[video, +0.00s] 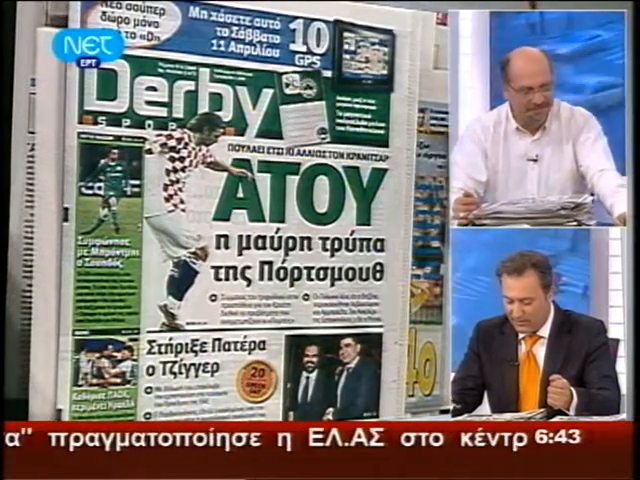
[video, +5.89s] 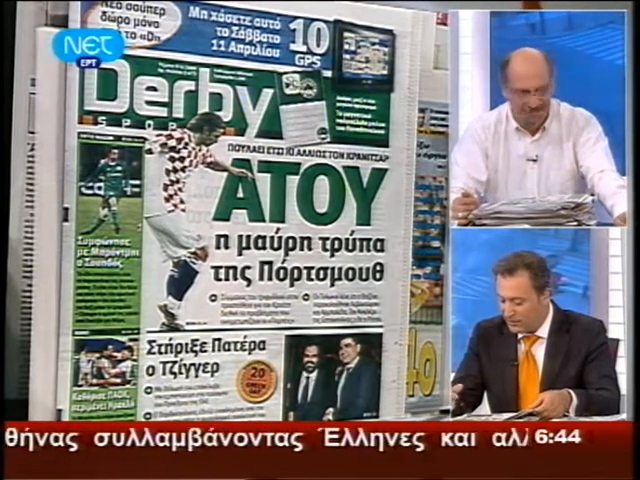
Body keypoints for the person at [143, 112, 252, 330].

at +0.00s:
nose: (215, 141)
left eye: (217, 137)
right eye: (215, 136)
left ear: (206, 132)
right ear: (205, 130)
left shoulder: (199, 149)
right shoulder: (178, 137)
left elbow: (212, 162)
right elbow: (149, 146)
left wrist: (231, 170)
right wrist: (154, 148)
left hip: (166, 209)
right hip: (161, 207)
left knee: (181, 260)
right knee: (200, 251)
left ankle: (171, 317)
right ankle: (172, 304)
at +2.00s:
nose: (216, 141)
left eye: (218, 137)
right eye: (216, 136)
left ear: (206, 132)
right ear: (206, 130)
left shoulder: (199, 149)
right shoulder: (179, 137)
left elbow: (212, 162)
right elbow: (151, 145)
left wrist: (231, 170)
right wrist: (153, 147)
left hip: (165, 208)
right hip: (161, 207)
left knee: (181, 260)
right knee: (200, 251)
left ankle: (171, 317)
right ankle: (172, 304)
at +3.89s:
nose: (215, 141)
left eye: (217, 137)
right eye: (215, 136)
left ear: (207, 132)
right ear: (205, 130)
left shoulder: (199, 150)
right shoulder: (179, 137)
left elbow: (212, 162)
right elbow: (149, 145)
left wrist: (232, 170)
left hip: (165, 209)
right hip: (161, 208)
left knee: (180, 262)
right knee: (200, 251)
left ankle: (170, 317)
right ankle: (172, 304)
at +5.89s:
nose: (215, 141)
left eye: (217, 137)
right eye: (215, 136)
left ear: (207, 132)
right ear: (205, 130)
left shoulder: (199, 150)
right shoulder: (179, 137)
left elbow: (212, 162)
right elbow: (149, 145)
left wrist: (232, 170)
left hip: (166, 209)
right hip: (161, 208)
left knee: (180, 262)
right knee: (200, 251)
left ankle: (171, 317)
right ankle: (172, 304)